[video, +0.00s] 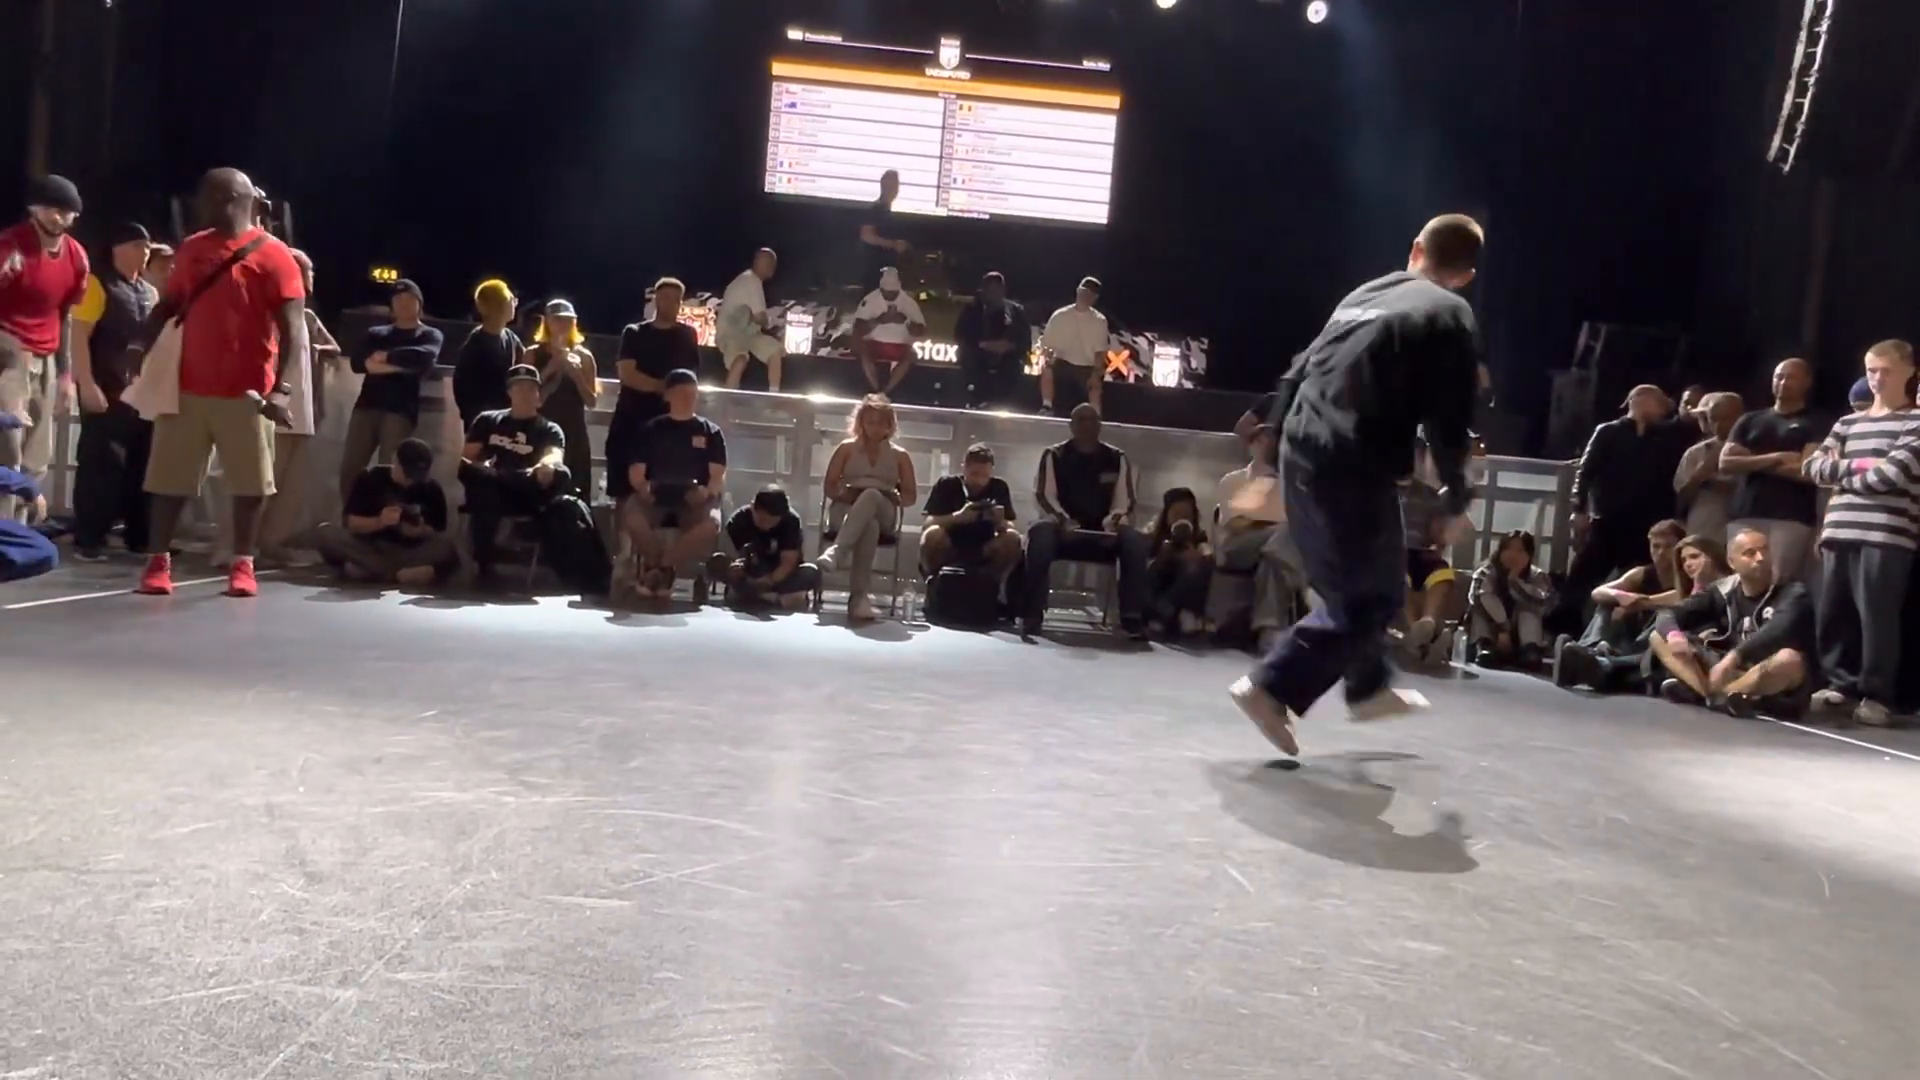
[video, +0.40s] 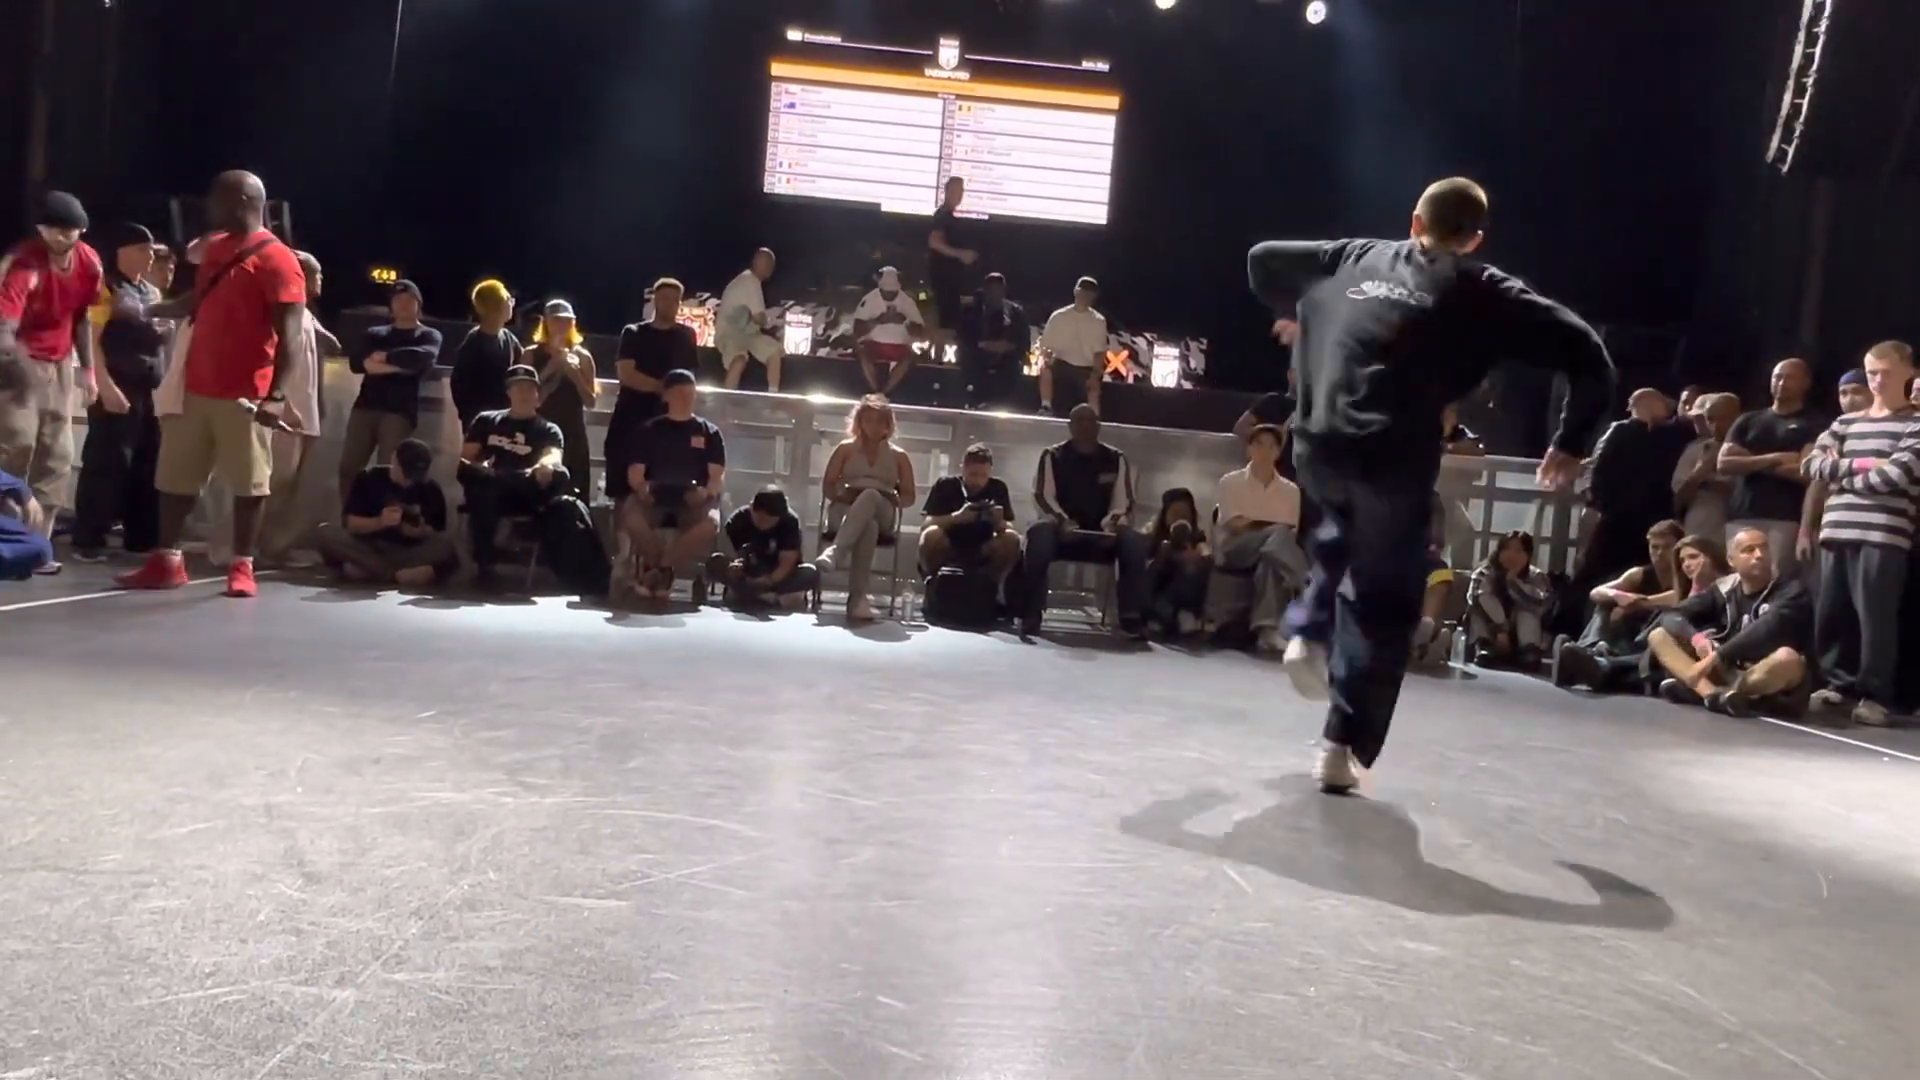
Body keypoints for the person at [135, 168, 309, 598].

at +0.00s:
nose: (212, 204)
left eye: (220, 196)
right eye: (210, 196)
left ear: (246, 201)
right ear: (210, 200)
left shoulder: (278, 257)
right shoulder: (191, 249)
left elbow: (294, 329)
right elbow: (165, 309)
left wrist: (284, 388)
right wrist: (140, 357)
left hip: (245, 394)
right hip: (185, 390)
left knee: (250, 485)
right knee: (168, 482)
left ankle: (243, 563)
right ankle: (158, 562)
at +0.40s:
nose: (211, 210)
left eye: (217, 202)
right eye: (212, 203)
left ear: (242, 203)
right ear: (243, 203)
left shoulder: (278, 259)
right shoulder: (214, 249)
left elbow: (292, 335)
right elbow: (199, 299)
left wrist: (279, 394)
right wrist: (150, 310)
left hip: (245, 396)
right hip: (194, 390)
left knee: (249, 486)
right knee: (175, 478)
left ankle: (242, 566)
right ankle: (167, 559)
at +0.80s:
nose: (196, 207)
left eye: (204, 199)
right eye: (196, 199)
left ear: (231, 201)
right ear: (205, 204)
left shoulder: (261, 256)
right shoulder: (194, 248)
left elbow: (280, 326)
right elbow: (175, 283)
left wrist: (271, 389)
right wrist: (114, 264)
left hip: (234, 391)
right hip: (181, 388)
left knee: (242, 483)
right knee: (176, 477)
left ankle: (240, 566)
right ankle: (179, 561)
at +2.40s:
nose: (190, 212)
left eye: (199, 204)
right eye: (188, 205)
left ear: (226, 207)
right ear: (186, 211)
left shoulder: (254, 263)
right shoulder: (169, 254)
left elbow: (270, 330)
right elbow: (128, 288)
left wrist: (265, 387)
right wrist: (96, 253)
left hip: (223, 393)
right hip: (161, 388)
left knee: (230, 485)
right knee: (145, 480)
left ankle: (224, 565)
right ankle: (137, 560)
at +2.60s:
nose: (161, 213)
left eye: (169, 205)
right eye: (159, 207)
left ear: (194, 207)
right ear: (158, 213)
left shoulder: (227, 259)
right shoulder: (141, 258)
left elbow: (251, 324)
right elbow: (99, 306)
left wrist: (259, 385)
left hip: (206, 395)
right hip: (143, 394)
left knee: (216, 488)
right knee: (136, 487)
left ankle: (219, 569)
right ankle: (133, 566)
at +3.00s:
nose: (112, 224)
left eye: (118, 216)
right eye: (106, 218)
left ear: (140, 217)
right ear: (101, 226)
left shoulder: (180, 261)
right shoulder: (95, 270)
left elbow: (215, 321)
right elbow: (69, 335)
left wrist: (236, 378)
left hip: (181, 403)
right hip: (120, 405)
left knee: (191, 497)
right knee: (120, 498)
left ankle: (197, 574)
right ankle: (125, 575)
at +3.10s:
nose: (106, 228)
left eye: (111, 219)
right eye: (98, 222)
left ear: (129, 219)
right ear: (92, 229)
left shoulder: (171, 261)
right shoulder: (86, 272)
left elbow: (209, 321)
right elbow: (68, 333)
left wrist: (228, 375)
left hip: (177, 403)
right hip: (116, 406)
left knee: (185, 494)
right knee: (116, 497)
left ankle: (183, 574)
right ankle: (121, 576)